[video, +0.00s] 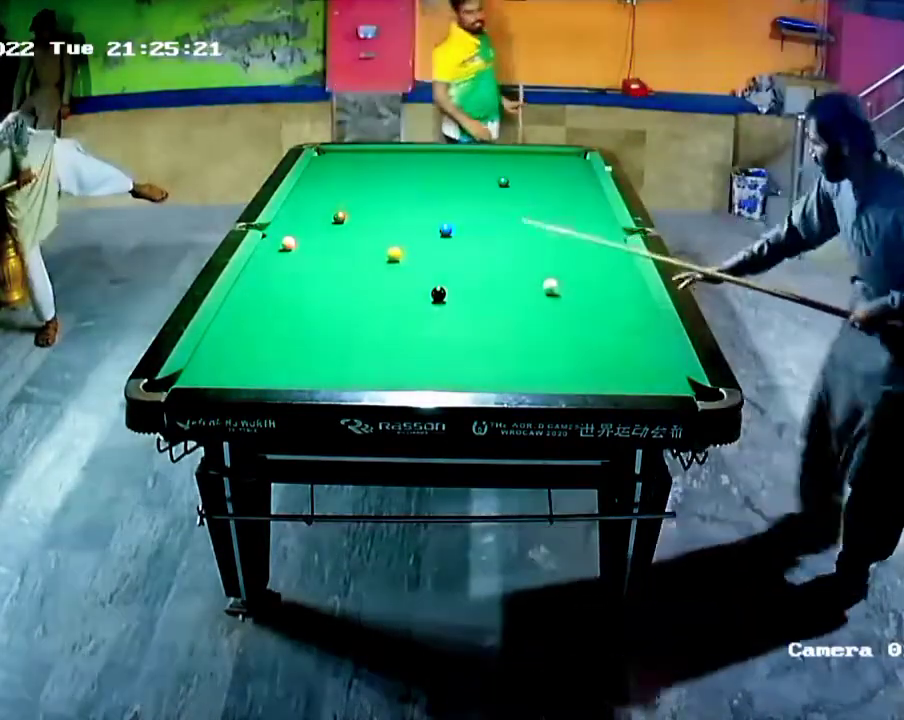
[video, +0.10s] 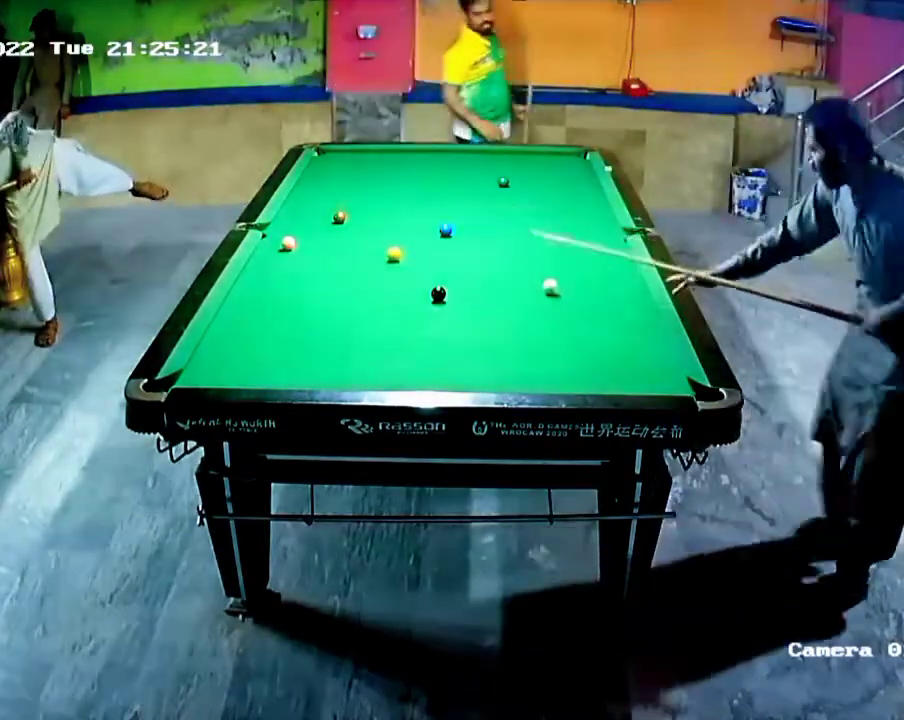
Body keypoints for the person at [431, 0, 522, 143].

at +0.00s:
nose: (477, 17)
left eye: (480, 10)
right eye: (469, 12)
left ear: (484, 10)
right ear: (457, 14)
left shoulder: (484, 40)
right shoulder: (447, 50)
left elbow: (482, 82)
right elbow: (440, 96)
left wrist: (504, 102)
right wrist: (470, 125)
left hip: (489, 126)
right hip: (461, 132)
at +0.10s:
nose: (486, 18)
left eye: (488, 12)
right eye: (477, 14)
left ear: (493, 11)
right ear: (466, 15)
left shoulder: (493, 41)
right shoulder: (458, 52)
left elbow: (492, 84)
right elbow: (450, 96)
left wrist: (511, 108)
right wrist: (481, 125)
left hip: (500, 128)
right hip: (473, 135)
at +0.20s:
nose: (504, 19)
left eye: (506, 12)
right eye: (495, 15)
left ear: (510, 10)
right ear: (485, 15)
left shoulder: (512, 39)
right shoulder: (479, 51)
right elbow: (471, 96)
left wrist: (527, 120)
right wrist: (507, 124)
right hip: (492, 136)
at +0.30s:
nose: (522, 21)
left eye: (525, 14)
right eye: (514, 16)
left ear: (530, 12)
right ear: (503, 16)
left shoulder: (532, 41)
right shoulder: (495, 52)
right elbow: (490, 97)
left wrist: (546, 121)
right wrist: (528, 125)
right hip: (510, 137)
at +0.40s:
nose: (532, 22)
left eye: (534, 15)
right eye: (524, 17)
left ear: (539, 13)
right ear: (513, 17)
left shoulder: (542, 41)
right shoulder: (504, 52)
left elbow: (543, 85)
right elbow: (499, 98)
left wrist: (554, 121)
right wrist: (536, 125)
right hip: (518, 137)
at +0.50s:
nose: (554, 25)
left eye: (557, 18)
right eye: (546, 20)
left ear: (562, 17)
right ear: (536, 20)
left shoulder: (565, 45)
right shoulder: (525, 54)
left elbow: (566, 89)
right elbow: (518, 100)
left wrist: (574, 127)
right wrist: (554, 130)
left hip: (567, 131)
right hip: (536, 134)